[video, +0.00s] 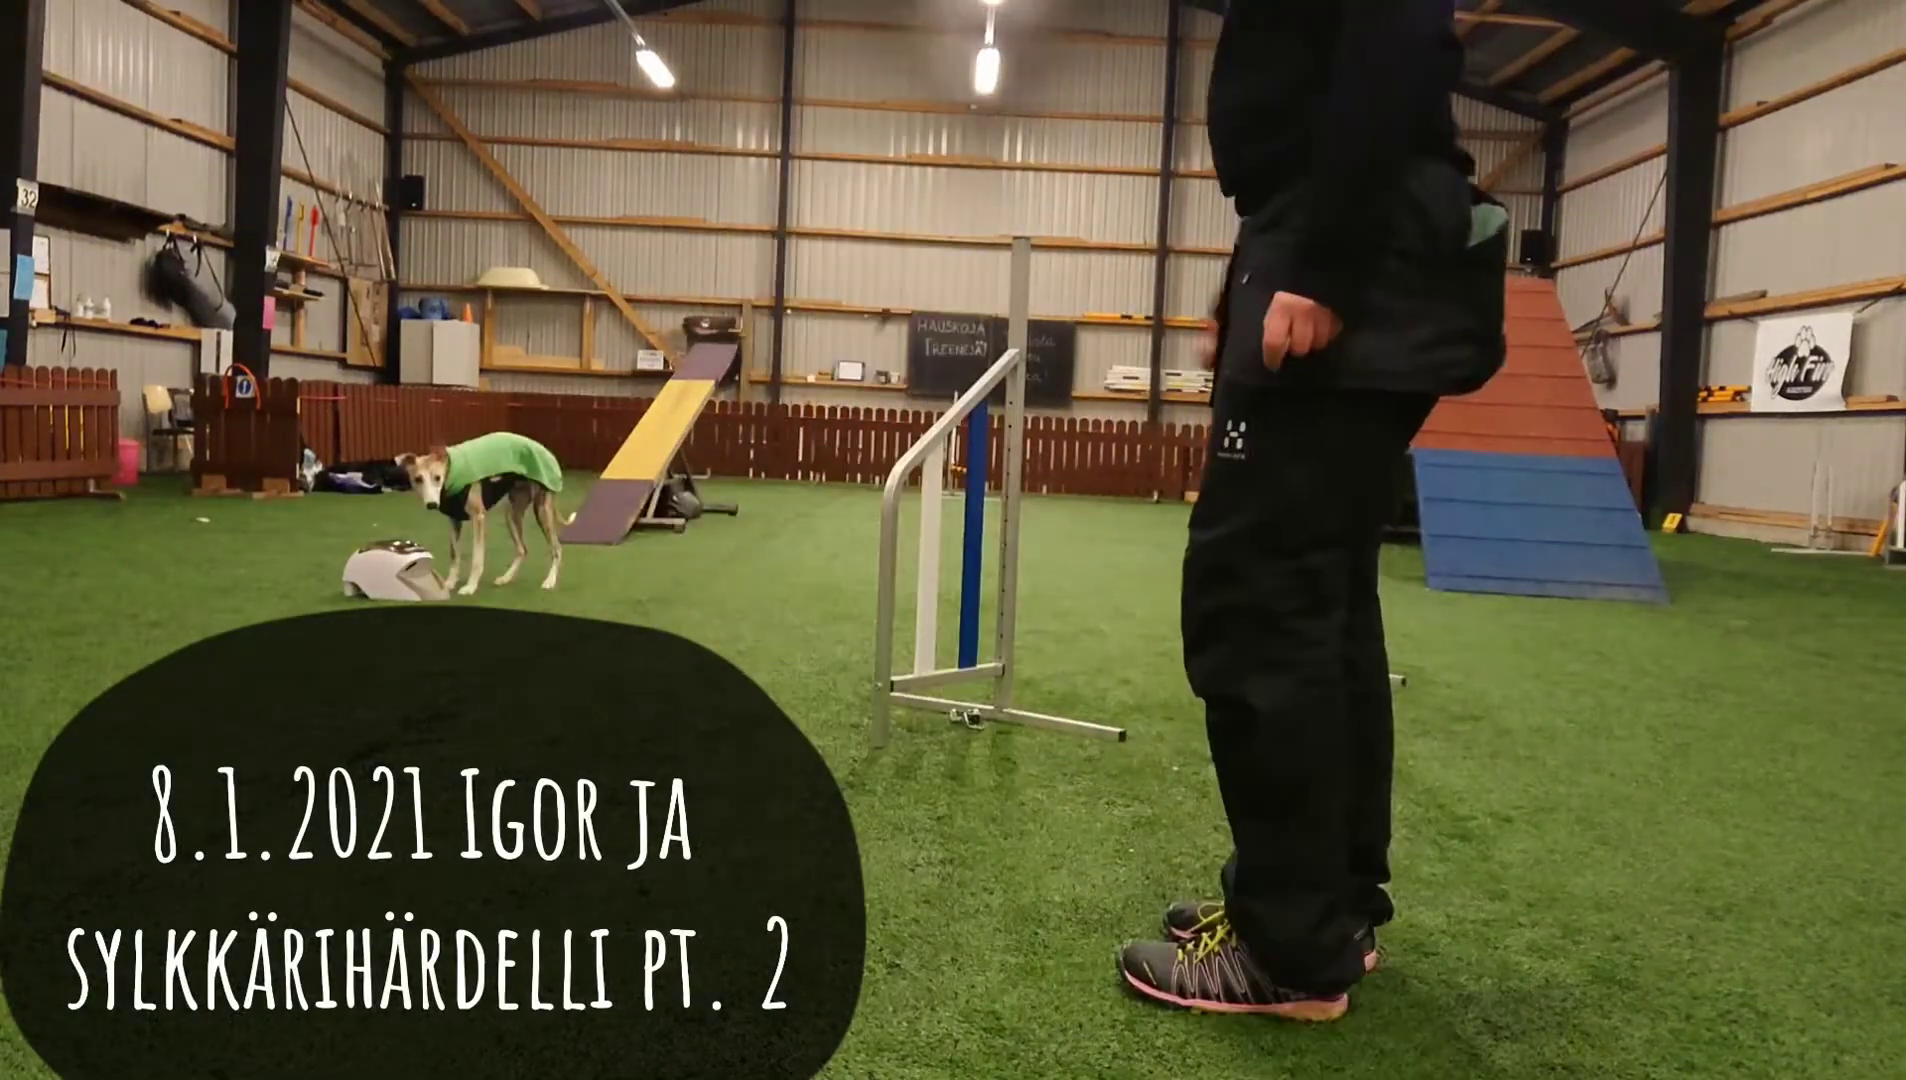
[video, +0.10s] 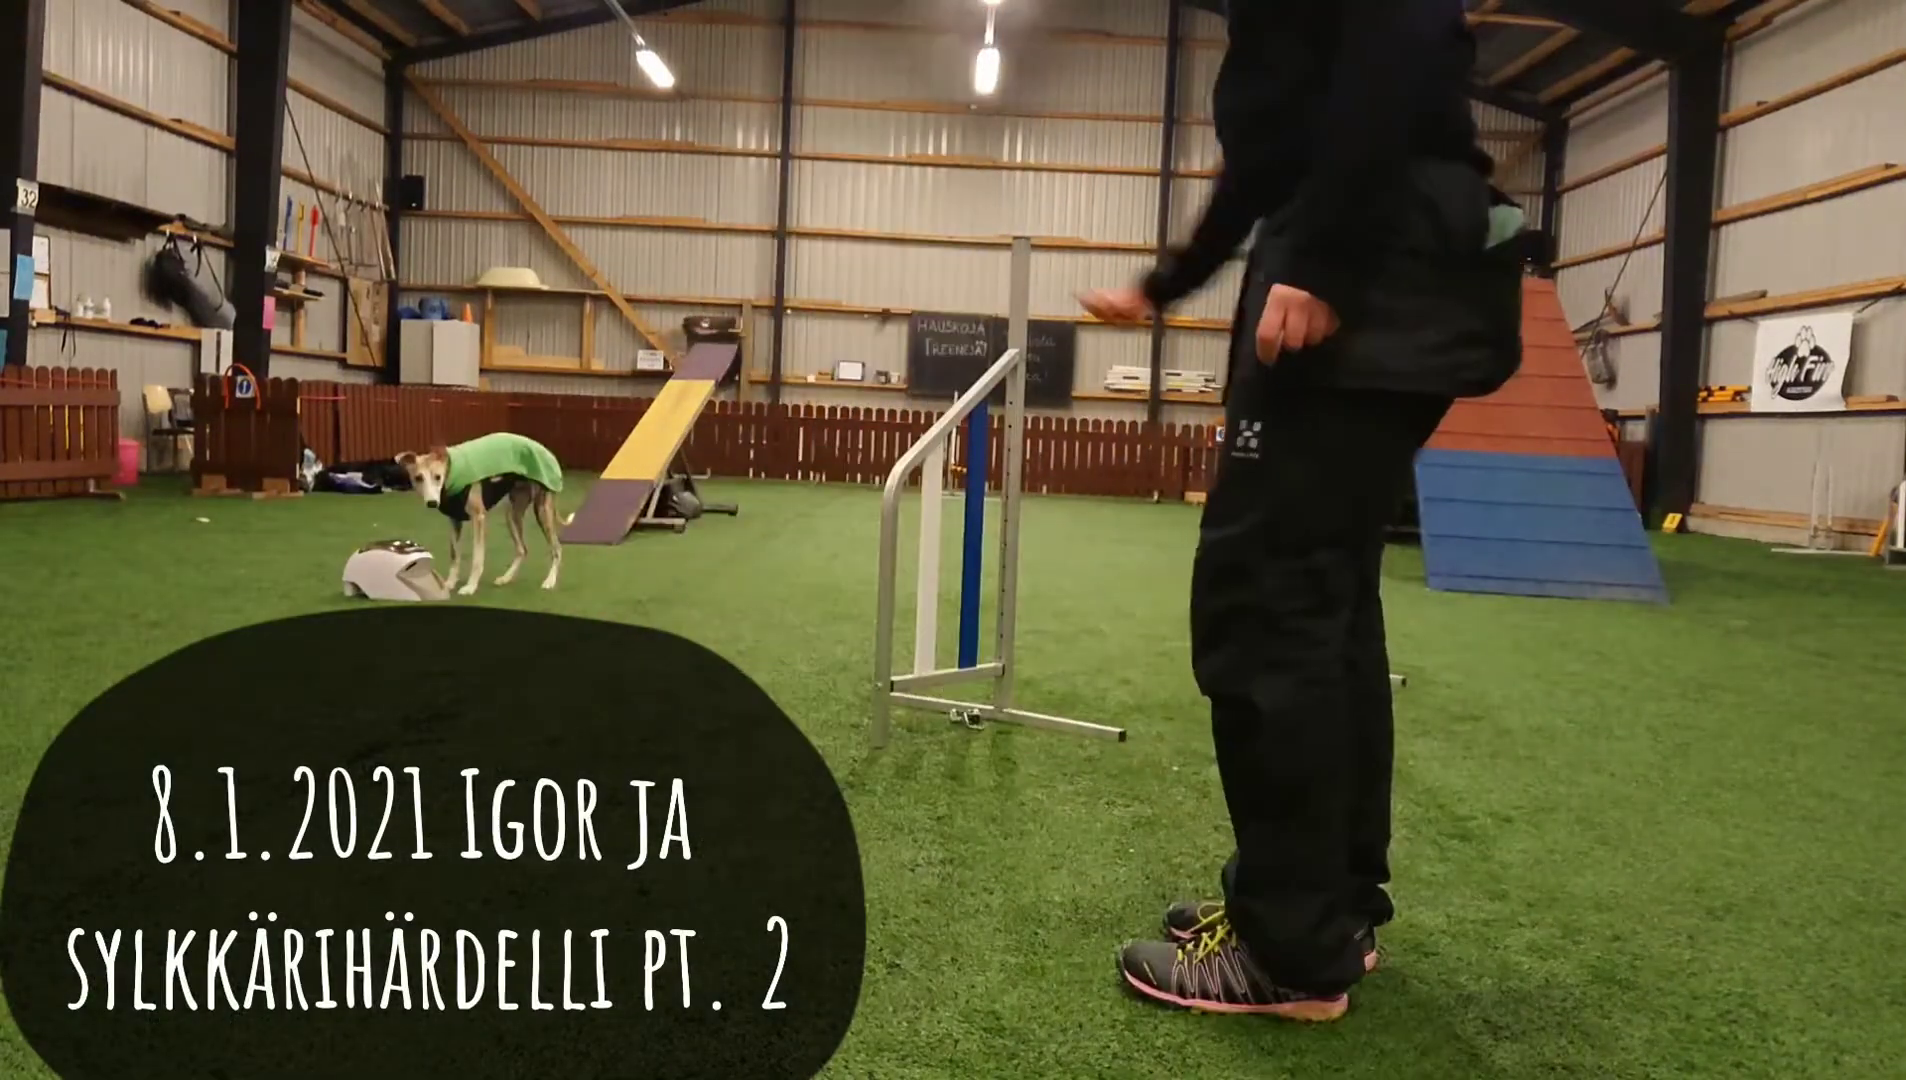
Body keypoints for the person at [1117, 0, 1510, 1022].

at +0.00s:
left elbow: (1393, 51)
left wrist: (1321, 269)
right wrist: (1282, 267)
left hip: (1333, 284)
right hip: (1348, 281)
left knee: (1251, 606)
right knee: (1322, 606)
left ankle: (1290, 951)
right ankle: (1335, 908)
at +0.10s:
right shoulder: (1280, 21)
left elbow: (1389, 64)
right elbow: (1275, 145)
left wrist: (1321, 267)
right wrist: (1165, 284)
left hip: (1352, 295)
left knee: (1257, 606)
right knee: (1322, 605)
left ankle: (1291, 951)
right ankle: (1336, 908)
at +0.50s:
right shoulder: (1249, 41)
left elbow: (1443, 59)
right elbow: (1187, 169)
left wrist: (1397, 259)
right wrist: (1047, 269)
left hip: (1438, 294)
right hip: (1385, 300)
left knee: (1326, 621)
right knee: (1334, 618)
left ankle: (1302, 956)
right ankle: (1329, 908)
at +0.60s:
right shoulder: (1258, 39)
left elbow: (1448, 59)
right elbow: (1197, 167)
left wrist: (1394, 260)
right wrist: (1049, 269)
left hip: (1443, 289)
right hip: (1395, 295)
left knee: (1333, 623)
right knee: (1337, 617)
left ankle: (1301, 955)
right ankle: (1330, 908)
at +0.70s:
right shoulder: (1272, 39)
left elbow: (1456, 73)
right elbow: (1218, 161)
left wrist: (1394, 259)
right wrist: (1078, 259)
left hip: (1470, 279)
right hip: (1419, 284)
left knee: (1344, 606)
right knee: (1340, 602)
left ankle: (1309, 955)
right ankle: (1325, 908)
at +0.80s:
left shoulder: (1420, 9)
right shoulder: (1294, 45)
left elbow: (1464, 83)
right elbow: (1227, 174)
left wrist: (1390, 260)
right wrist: (1087, 272)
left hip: (1505, 270)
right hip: (1442, 274)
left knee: (1350, 581)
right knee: (1328, 575)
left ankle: (1384, 945)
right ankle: (1322, 897)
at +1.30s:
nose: (1329, 47)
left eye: (1314, 22)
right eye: (1314, 33)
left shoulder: (1447, 15)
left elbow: (1537, 128)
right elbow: (1549, 188)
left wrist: (1471, 325)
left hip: (1691, 269)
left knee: (1654, 628)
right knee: (1547, 585)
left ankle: (1739, 1011)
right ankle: (1520, 886)